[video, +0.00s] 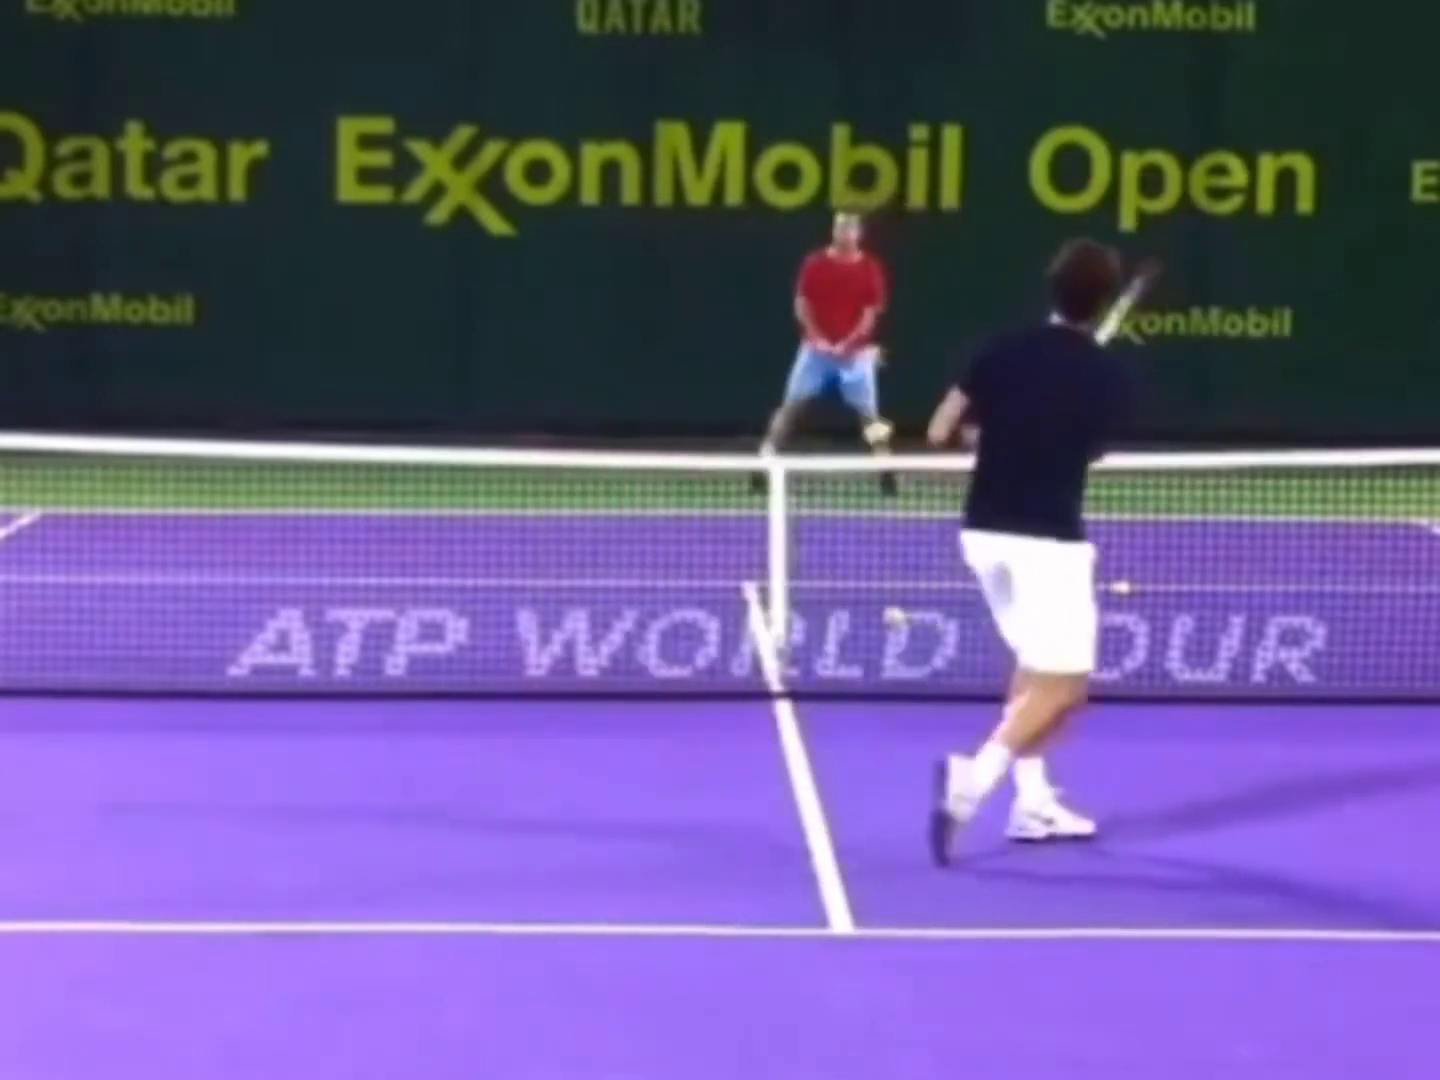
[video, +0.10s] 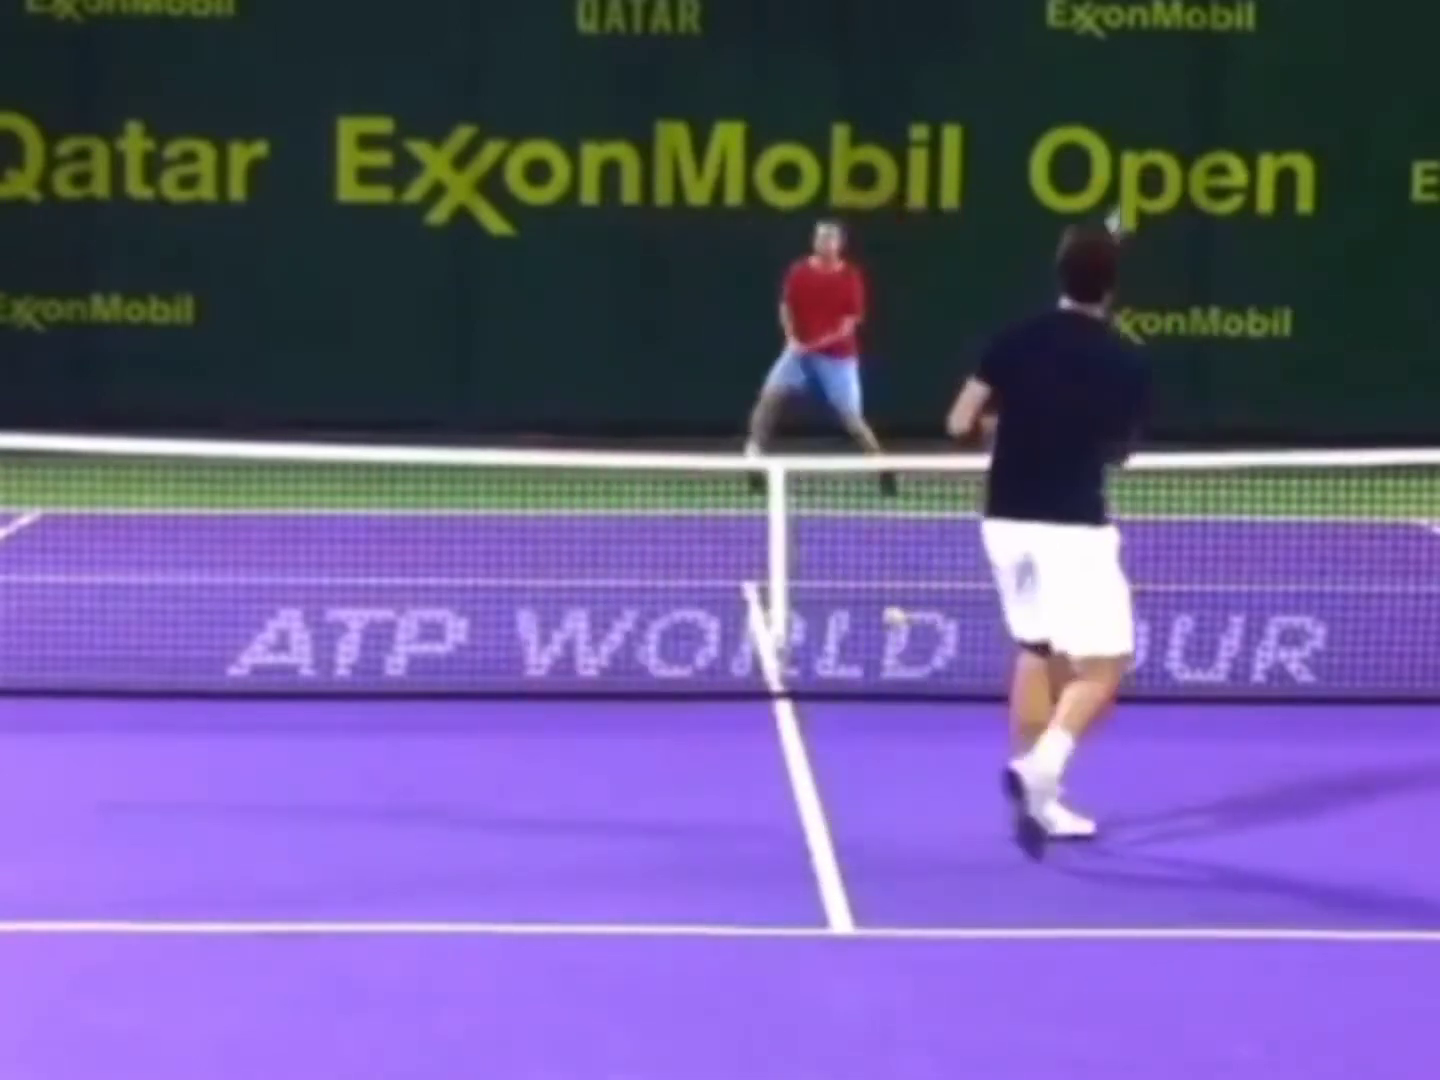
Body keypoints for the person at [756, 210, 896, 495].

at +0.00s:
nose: (844, 234)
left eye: (850, 228)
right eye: (840, 227)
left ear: (859, 233)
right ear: (833, 231)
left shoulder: (869, 268)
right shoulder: (814, 263)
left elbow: (872, 310)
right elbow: (801, 303)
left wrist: (848, 343)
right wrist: (818, 340)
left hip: (856, 347)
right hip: (818, 346)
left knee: (868, 412)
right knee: (792, 404)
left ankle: (885, 470)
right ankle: (764, 461)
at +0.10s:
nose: (826, 243)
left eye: (831, 238)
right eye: (822, 237)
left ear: (840, 243)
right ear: (814, 241)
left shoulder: (849, 276)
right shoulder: (799, 271)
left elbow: (852, 320)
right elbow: (785, 306)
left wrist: (816, 345)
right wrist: (792, 339)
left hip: (838, 357)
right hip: (801, 351)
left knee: (852, 422)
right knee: (769, 398)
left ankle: (883, 467)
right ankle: (753, 455)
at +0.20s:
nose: (793, 247)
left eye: (798, 241)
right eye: (789, 241)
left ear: (809, 247)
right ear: (783, 245)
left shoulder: (817, 278)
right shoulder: (779, 270)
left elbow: (819, 321)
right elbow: (775, 298)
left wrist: (770, 331)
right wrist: (770, 318)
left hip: (820, 360)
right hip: (785, 354)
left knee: (836, 424)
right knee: (746, 395)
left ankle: (879, 465)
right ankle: (723, 454)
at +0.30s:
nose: (750, 254)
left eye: (756, 248)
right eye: (746, 248)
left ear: (767, 251)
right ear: (742, 252)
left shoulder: (774, 282)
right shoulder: (747, 276)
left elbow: (746, 323)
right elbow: (743, 307)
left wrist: (695, 327)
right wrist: (719, 309)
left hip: (796, 363)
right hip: (761, 359)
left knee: (828, 427)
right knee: (718, 397)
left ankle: (877, 465)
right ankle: (689, 457)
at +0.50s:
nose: (654, 272)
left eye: (660, 264)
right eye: (651, 265)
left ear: (677, 265)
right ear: (651, 270)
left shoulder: (686, 293)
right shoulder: (668, 295)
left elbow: (693, 328)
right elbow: (674, 329)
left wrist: (668, 334)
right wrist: (672, 334)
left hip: (730, 367)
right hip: (696, 368)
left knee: (764, 429)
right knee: (651, 402)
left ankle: (826, 463)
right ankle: (664, 466)